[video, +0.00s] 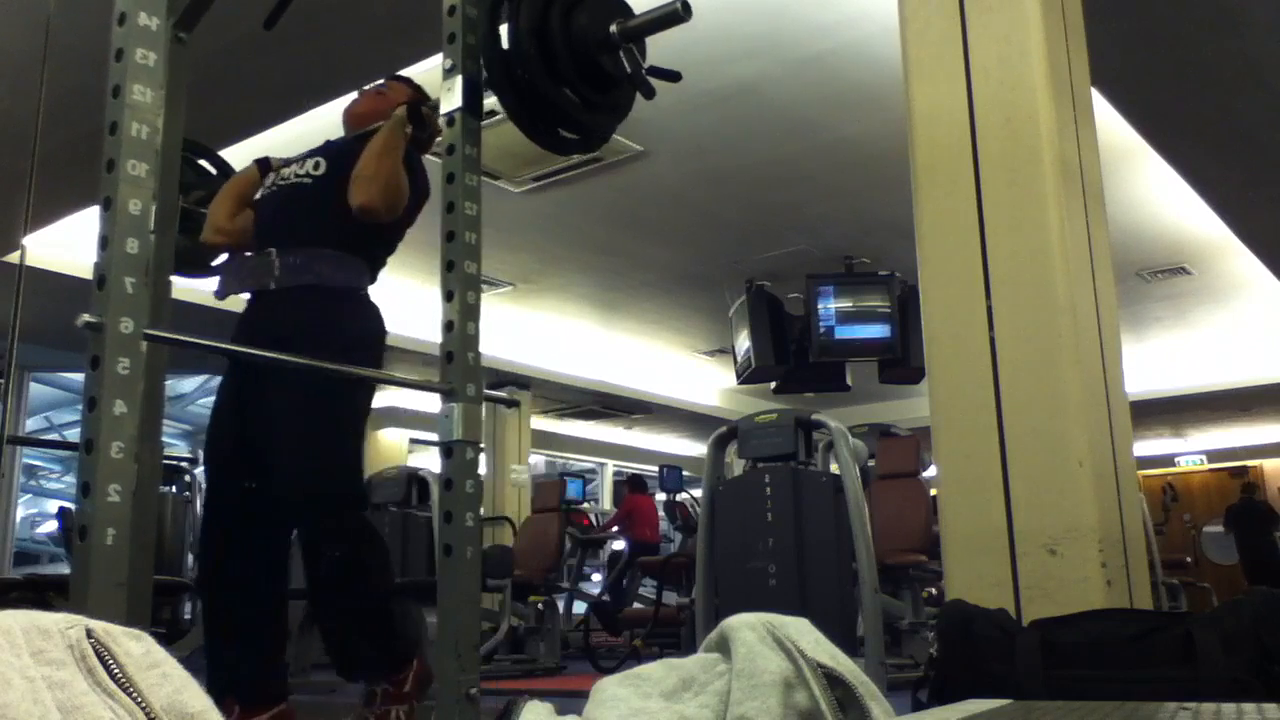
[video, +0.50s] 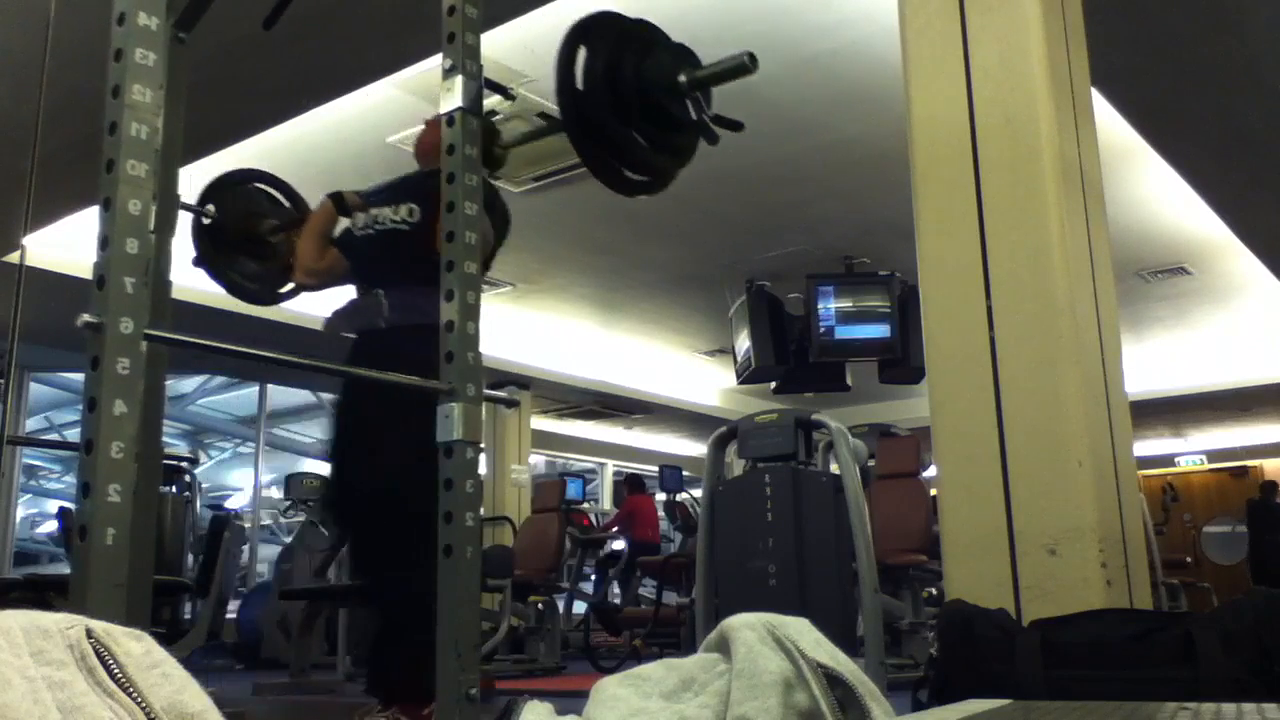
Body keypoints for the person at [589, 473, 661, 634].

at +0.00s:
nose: (625, 490)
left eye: (627, 488)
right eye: (626, 488)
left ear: (630, 488)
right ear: (644, 488)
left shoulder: (631, 499)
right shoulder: (650, 501)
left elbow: (617, 519)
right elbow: (636, 523)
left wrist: (600, 530)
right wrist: (618, 532)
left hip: (637, 548)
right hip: (654, 548)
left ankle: (617, 602)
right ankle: (622, 600)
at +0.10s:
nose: (625, 491)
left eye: (627, 488)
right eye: (625, 488)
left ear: (631, 488)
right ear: (644, 488)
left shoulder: (631, 500)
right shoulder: (650, 501)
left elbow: (617, 519)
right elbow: (637, 523)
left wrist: (600, 530)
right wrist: (618, 533)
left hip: (636, 547)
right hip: (654, 547)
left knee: (610, 570)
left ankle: (616, 603)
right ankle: (623, 602)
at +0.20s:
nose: (626, 491)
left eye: (627, 488)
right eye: (626, 488)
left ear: (630, 488)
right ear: (644, 487)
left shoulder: (631, 500)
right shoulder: (650, 501)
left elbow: (617, 519)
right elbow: (637, 523)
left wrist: (602, 529)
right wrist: (619, 531)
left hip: (637, 545)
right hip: (654, 546)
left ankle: (620, 595)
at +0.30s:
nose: (625, 490)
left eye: (626, 486)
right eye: (625, 486)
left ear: (630, 486)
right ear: (643, 485)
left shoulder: (631, 500)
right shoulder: (649, 500)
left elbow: (616, 520)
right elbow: (634, 523)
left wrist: (601, 529)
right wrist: (615, 534)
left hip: (635, 546)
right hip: (653, 547)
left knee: (604, 554)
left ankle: (608, 588)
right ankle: (630, 590)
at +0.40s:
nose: (625, 490)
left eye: (626, 486)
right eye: (625, 486)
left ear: (630, 486)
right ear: (643, 486)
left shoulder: (631, 500)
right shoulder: (649, 500)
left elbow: (616, 520)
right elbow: (634, 524)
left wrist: (601, 530)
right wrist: (615, 533)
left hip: (635, 546)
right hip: (653, 547)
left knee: (602, 553)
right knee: (630, 580)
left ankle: (606, 590)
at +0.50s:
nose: (625, 490)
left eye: (626, 487)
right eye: (625, 487)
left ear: (629, 487)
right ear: (643, 486)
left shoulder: (631, 501)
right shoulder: (649, 501)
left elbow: (616, 521)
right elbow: (635, 525)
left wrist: (600, 530)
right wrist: (615, 533)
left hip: (637, 546)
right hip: (654, 546)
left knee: (602, 562)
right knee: (626, 573)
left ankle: (598, 602)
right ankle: (631, 603)